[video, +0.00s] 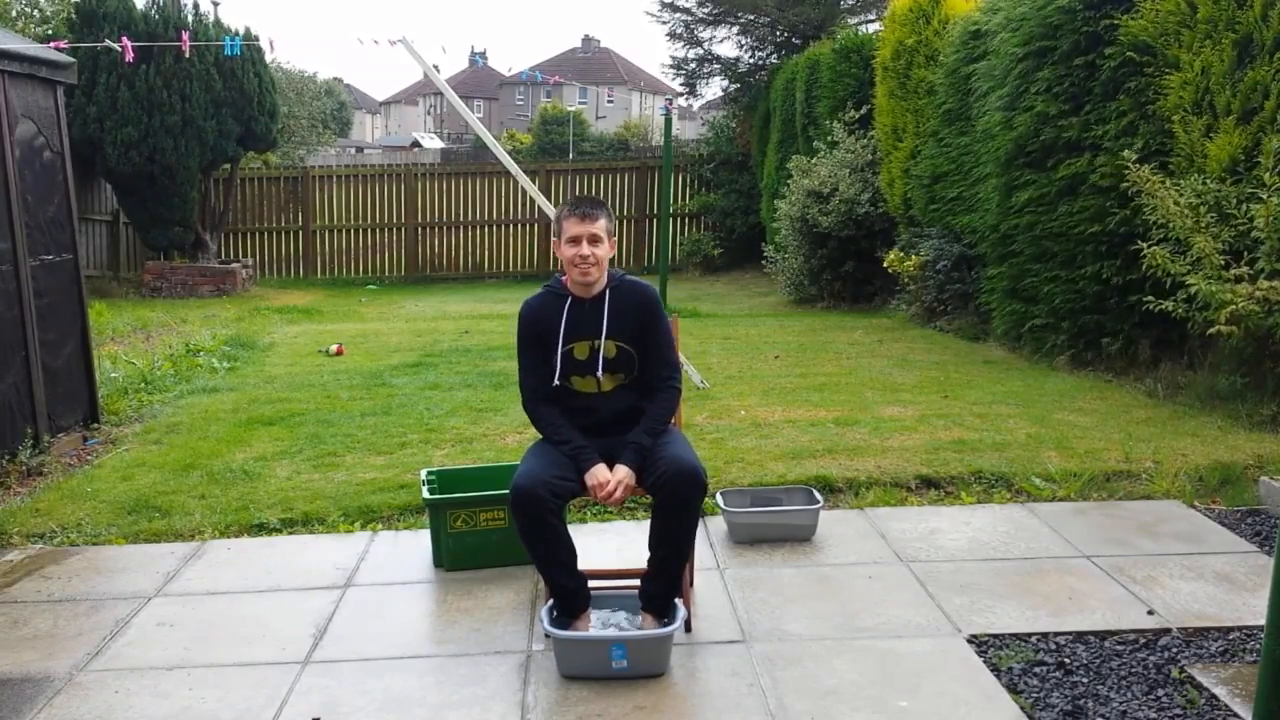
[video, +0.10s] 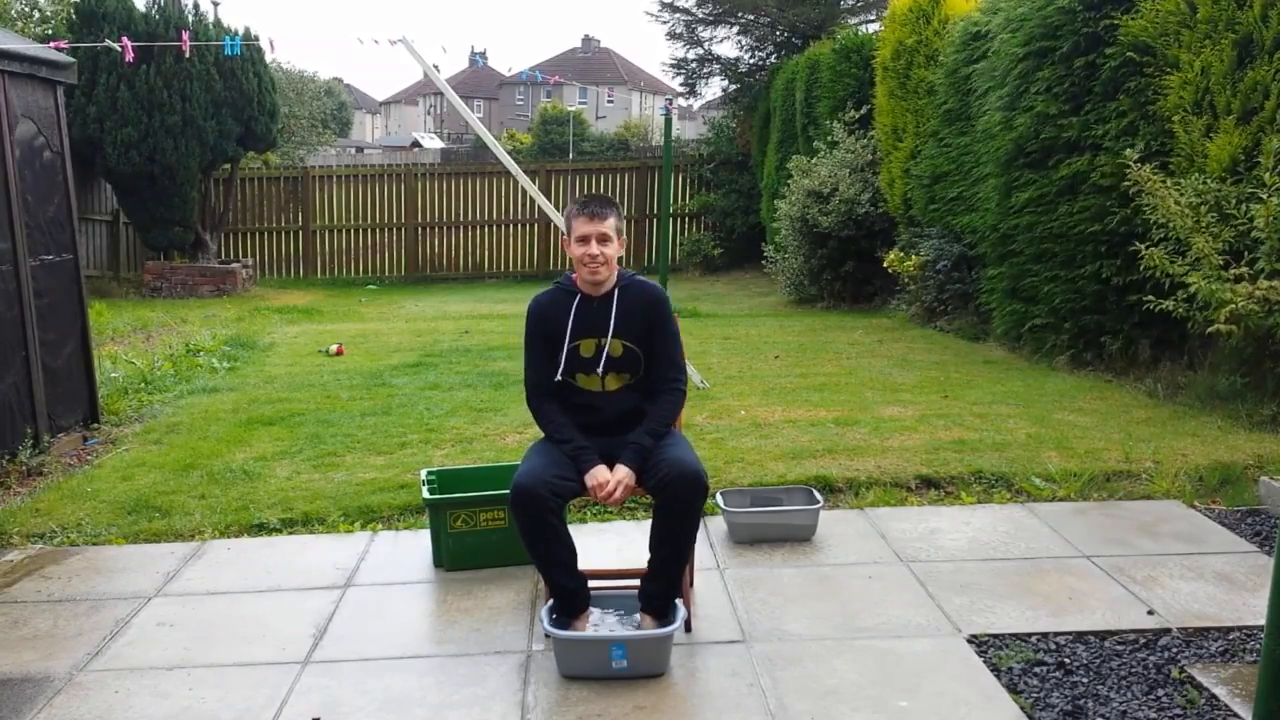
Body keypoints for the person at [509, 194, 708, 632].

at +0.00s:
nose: (584, 252)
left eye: (594, 241)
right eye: (573, 242)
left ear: (611, 247)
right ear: (557, 249)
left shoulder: (641, 300)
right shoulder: (538, 311)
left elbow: (667, 386)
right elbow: (536, 400)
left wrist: (630, 460)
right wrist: (587, 460)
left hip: (640, 433)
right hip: (569, 438)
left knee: (686, 477)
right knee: (527, 491)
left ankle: (657, 604)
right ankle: (573, 606)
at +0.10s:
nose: (593, 251)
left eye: (603, 240)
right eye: (582, 241)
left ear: (620, 246)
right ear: (567, 246)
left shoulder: (649, 300)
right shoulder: (546, 308)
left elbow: (671, 388)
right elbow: (540, 396)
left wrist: (631, 460)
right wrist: (587, 460)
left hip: (644, 433)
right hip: (571, 437)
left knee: (687, 480)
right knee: (528, 491)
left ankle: (656, 604)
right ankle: (572, 604)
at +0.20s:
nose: (607, 249)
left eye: (618, 239)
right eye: (597, 239)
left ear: (636, 245)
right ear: (580, 245)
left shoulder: (661, 302)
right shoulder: (556, 305)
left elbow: (676, 390)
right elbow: (544, 392)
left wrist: (631, 459)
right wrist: (587, 462)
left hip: (647, 434)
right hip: (573, 437)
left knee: (688, 482)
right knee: (529, 490)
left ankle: (655, 607)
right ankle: (572, 607)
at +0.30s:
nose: (623, 246)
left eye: (634, 237)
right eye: (613, 236)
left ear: (652, 246)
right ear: (597, 244)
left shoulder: (672, 305)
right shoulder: (568, 301)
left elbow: (679, 395)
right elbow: (548, 388)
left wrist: (630, 459)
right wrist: (586, 461)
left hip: (648, 435)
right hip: (575, 435)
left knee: (688, 485)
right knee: (529, 489)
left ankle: (656, 605)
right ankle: (571, 604)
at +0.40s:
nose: (637, 245)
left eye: (649, 237)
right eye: (628, 235)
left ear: (666, 248)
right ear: (612, 244)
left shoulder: (683, 309)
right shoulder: (579, 298)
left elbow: (683, 398)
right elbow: (553, 384)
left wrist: (629, 457)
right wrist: (584, 460)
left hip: (649, 436)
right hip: (576, 433)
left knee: (690, 486)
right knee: (530, 487)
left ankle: (656, 604)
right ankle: (570, 603)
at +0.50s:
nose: (647, 246)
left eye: (658, 237)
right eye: (638, 236)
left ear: (675, 248)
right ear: (622, 243)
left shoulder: (689, 311)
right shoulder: (587, 296)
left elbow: (687, 400)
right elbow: (555, 381)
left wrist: (629, 456)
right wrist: (584, 458)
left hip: (651, 434)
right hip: (579, 431)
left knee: (691, 486)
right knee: (532, 482)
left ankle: (656, 605)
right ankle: (571, 605)